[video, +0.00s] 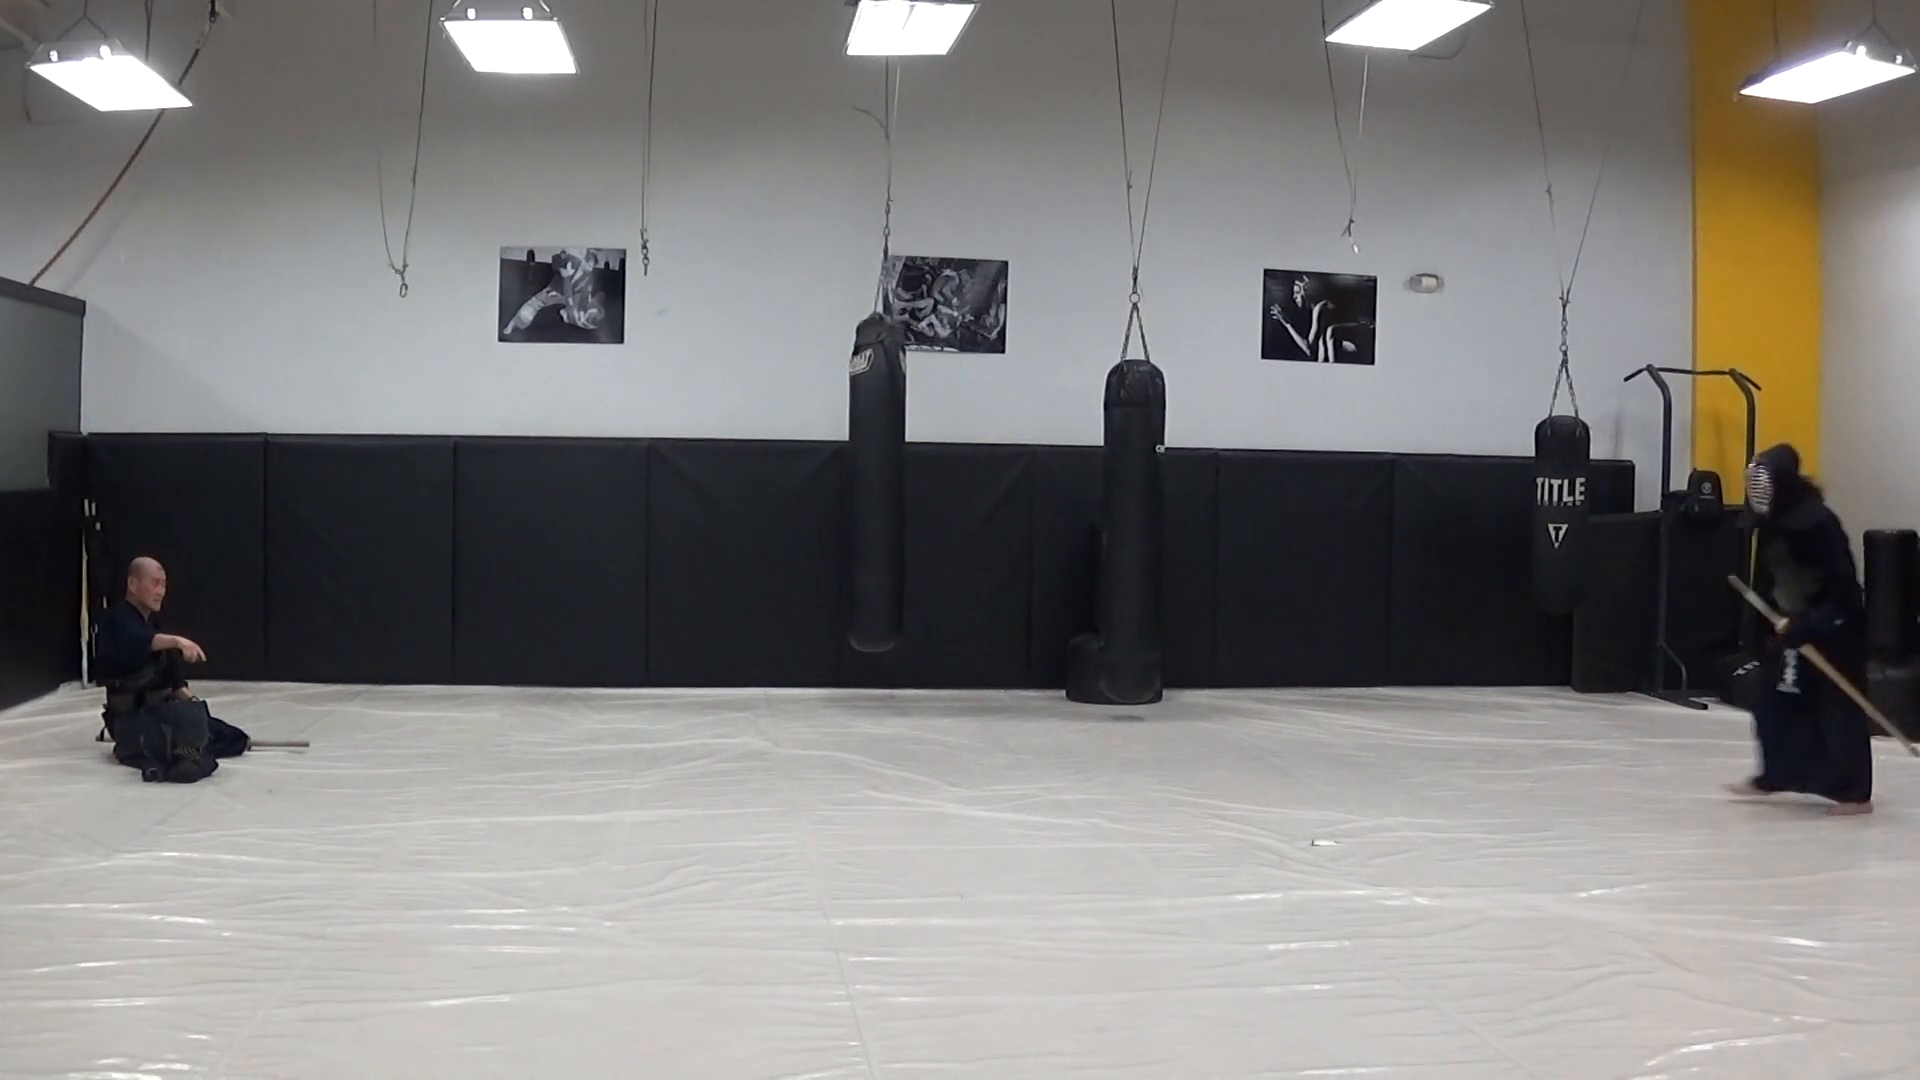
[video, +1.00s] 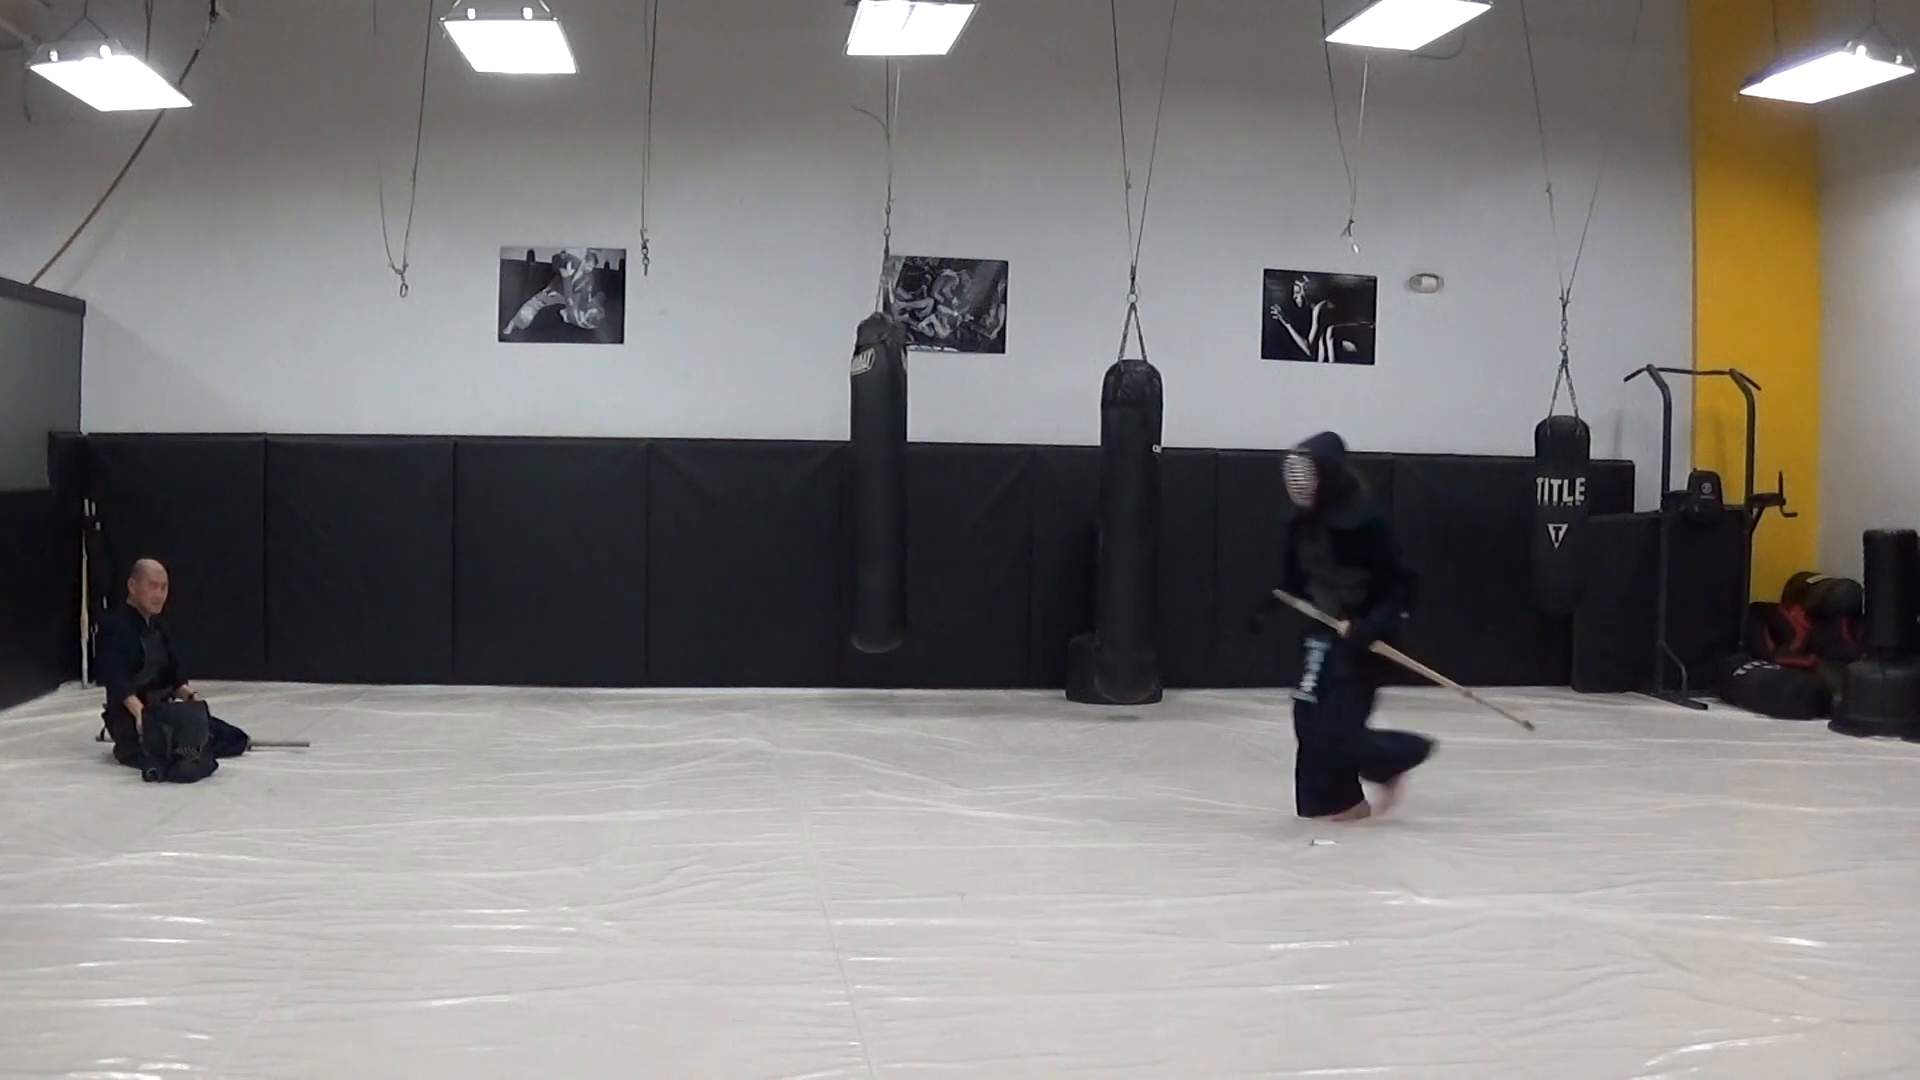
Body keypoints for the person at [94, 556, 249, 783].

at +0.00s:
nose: (161, 591)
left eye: (163, 585)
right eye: (155, 583)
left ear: (165, 587)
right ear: (132, 585)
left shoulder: (152, 622)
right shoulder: (116, 618)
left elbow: (171, 675)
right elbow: (136, 639)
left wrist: (190, 702)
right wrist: (176, 642)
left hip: (163, 712)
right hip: (129, 717)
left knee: (236, 740)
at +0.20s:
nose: (160, 593)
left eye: (163, 587)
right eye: (154, 585)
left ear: (165, 588)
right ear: (131, 586)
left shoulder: (152, 624)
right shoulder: (115, 621)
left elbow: (164, 672)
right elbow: (131, 654)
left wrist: (187, 697)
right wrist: (183, 660)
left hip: (162, 711)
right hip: (129, 718)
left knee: (236, 739)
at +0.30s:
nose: (157, 597)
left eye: (162, 590)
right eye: (150, 588)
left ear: (166, 591)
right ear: (131, 587)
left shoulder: (156, 625)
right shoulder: (114, 622)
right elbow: (131, 670)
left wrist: (180, 692)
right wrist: (179, 675)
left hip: (163, 711)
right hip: (129, 718)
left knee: (236, 740)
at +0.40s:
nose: (157, 598)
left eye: (162, 592)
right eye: (150, 590)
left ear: (167, 592)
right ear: (131, 588)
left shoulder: (157, 626)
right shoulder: (114, 623)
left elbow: (170, 672)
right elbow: (124, 674)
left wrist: (182, 693)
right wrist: (172, 690)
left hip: (162, 711)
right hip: (129, 717)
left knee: (236, 740)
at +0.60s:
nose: (159, 599)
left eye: (164, 593)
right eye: (153, 591)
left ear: (169, 593)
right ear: (133, 588)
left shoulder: (158, 627)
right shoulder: (115, 624)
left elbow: (172, 678)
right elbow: (109, 677)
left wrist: (190, 699)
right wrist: (149, 698)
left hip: (166, 709)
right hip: (129, 714)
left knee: (235, 740)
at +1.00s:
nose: (159, 595)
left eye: (163, 588)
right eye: (153, 586)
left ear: (168, 590)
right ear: (132, 586)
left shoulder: (159, 626)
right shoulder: (114, 624)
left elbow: (172, 676)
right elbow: (113, 677)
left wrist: (190, 696)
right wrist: (140, 713)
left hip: (166, 708)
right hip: (128, 712)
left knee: (236, 740)